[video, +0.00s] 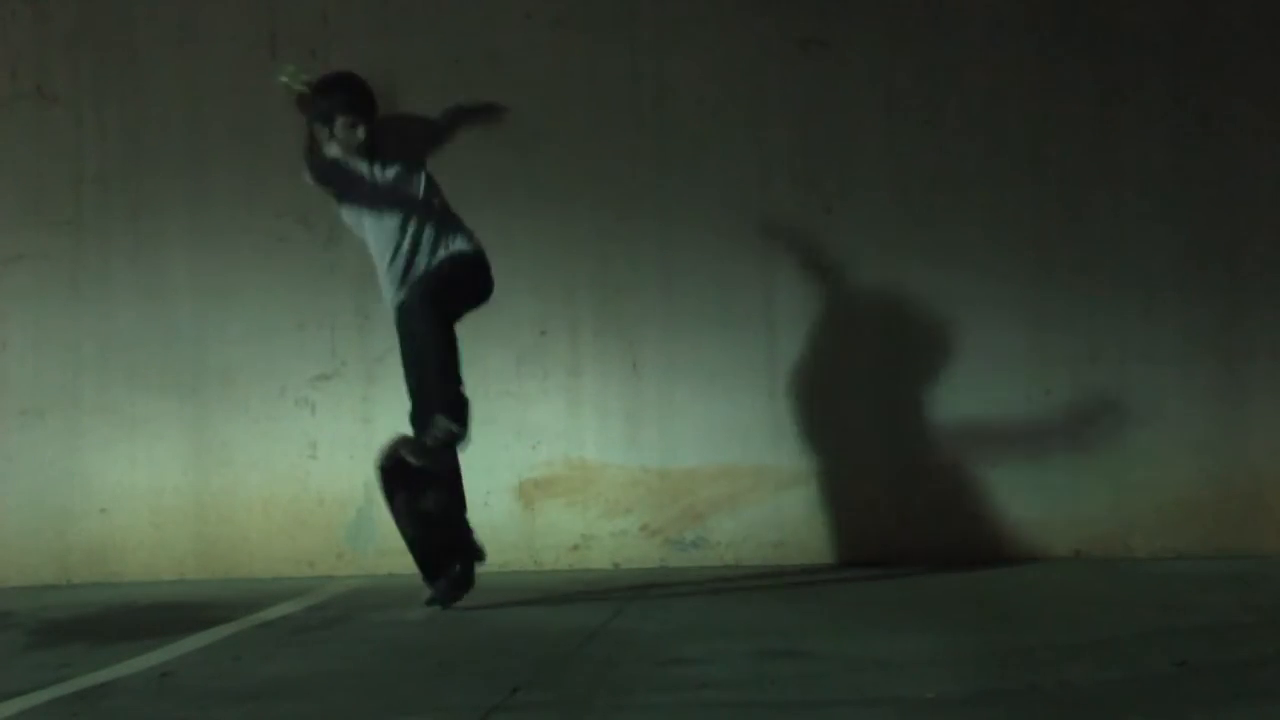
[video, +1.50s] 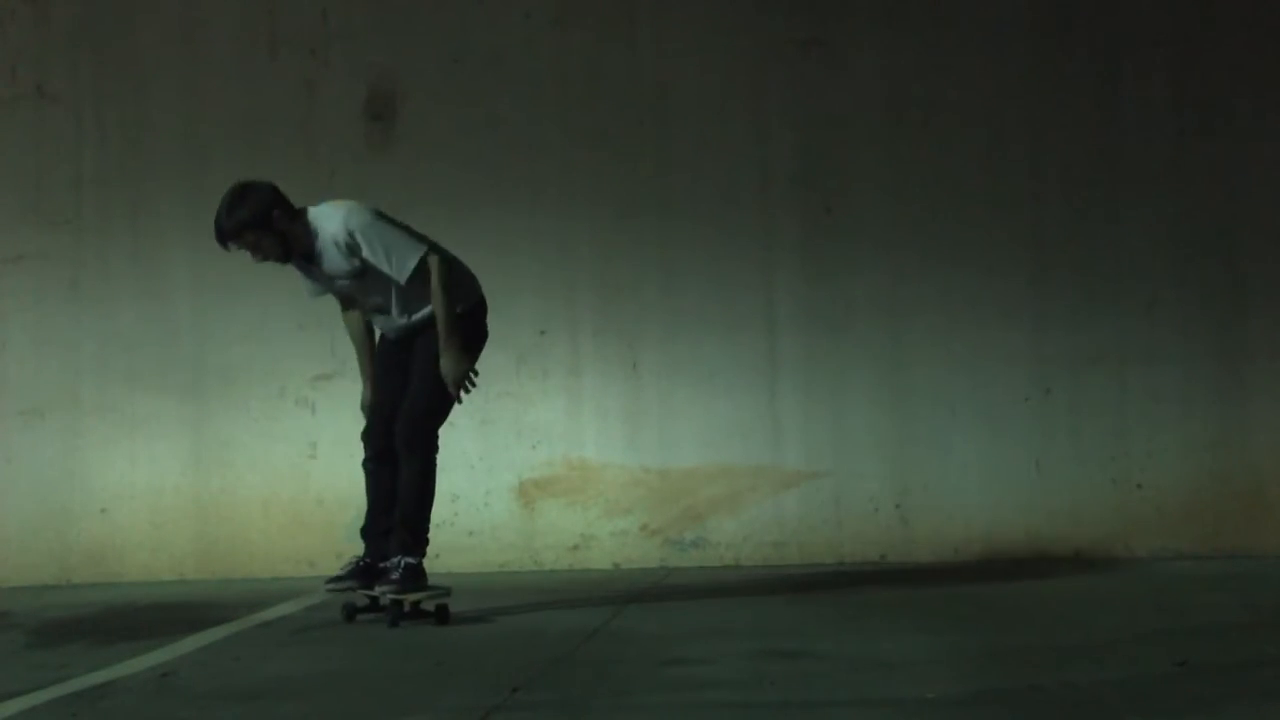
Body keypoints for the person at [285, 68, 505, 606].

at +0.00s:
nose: (360, 135)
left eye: (364, 124)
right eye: (349, 128)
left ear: (371, 120)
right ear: (326, 134)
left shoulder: (398, 139)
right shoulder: (328, 172)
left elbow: (442, 126)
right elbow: (320, 163)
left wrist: (476, 115)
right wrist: (308, 114)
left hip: (458, 263)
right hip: (408, 295)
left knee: (420, 305)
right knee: (429, 421)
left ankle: (443, 417)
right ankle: (453, 550)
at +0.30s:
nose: (380, 191)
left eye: (387, 182)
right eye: (372, 182)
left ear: (398, 172)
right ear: (351, 170)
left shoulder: (418, 195)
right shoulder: (318, 187)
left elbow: (483, 244)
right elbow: (231, 210)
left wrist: (534, 310)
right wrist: (143, 236)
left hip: (410, 275)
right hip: (352, 278)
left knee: (404, 332)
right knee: (360, 343)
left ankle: (432, 437)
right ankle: (385, 437)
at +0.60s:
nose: (318, 270)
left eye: (324, 258)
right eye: (307, 262)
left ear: (340, 242)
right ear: (292, 257)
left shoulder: (383, 270)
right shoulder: (289, 291)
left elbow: (464, 277)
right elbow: (235, 340)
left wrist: (549, 300)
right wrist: (206, 372)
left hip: (405, 394)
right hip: (347, 402)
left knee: (340, 449)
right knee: (309, 467)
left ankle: (385, 562)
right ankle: (352, 560)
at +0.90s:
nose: (263, 252)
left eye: (267, 238)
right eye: (253, 244)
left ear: (288, 220)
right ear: (248, 241)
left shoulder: (348, 222)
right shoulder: (274, 275)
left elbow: (437, 226)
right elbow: (263, 357)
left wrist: (515, 257)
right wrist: (232, 425)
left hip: (424, 332)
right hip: (367, 344)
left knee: (375, 430)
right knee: (337, 442)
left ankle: (388, 559)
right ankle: (355, 560)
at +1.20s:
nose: (247, 289)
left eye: (245, 276)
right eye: (238, 282)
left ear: (269, 251)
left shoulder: (339, 248)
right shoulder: (292, 295)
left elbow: (431, 262)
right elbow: (331, 350)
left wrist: (484, 326)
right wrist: (340, 434)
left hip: (440, 320)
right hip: (388, 335)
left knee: (407, 428)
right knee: (371, 438)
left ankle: (401, 560)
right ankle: (369, 558)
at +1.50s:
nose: (254, 256)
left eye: (252, 243)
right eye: (245, 250)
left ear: (276, 219)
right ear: (277, 222)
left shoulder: (348, 222)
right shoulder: (302, 254)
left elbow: (435, 261)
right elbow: (352, 306)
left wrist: (450, 349)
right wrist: (369, 383)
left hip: (450, 314)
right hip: (399, 330)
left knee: (414, 430)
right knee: (378, 434)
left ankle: (408, 560)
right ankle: (378, 556)